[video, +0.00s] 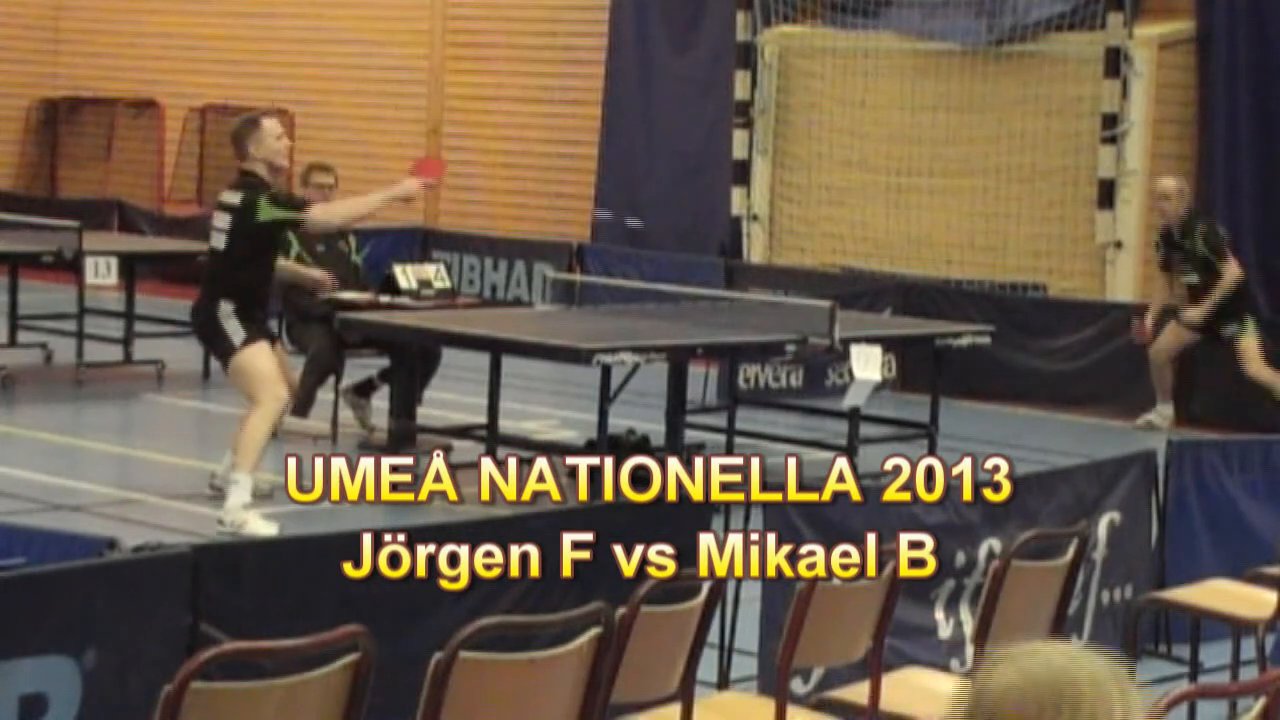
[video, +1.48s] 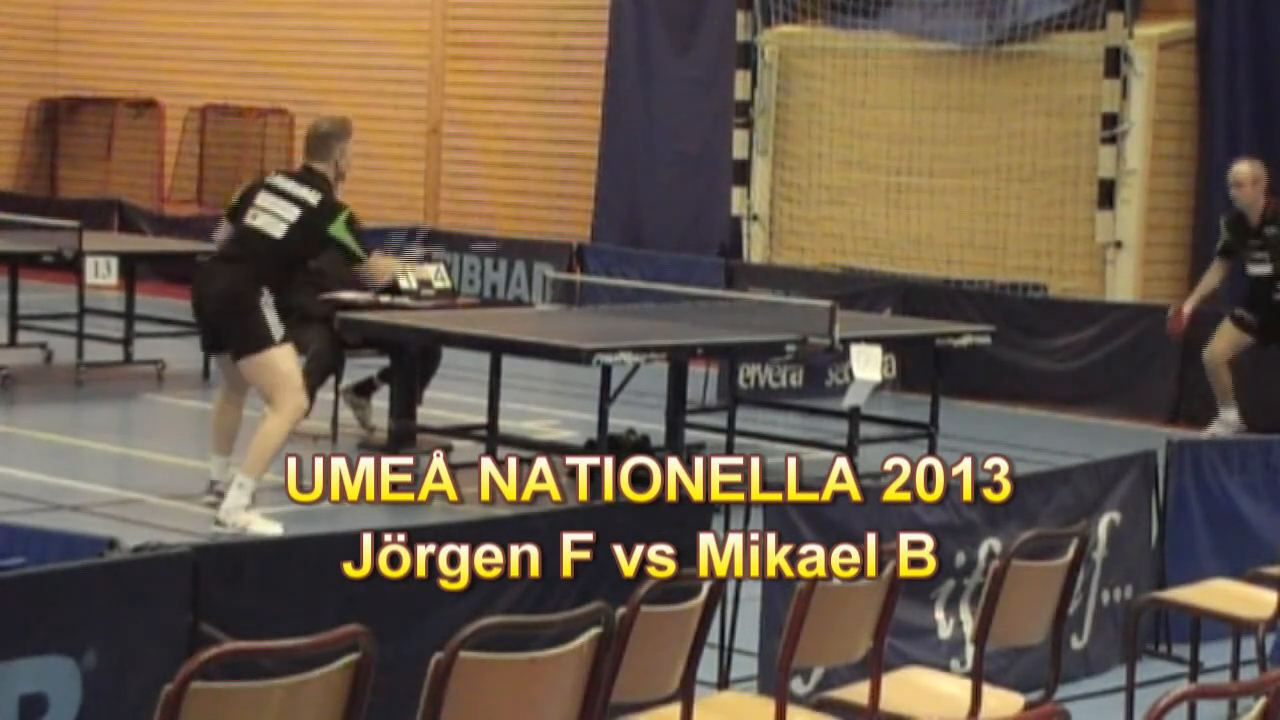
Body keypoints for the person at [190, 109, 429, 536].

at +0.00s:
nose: (287, 144)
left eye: (285, 137)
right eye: (278, 138)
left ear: (255, 150)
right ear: (251, 149)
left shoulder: (242, 193)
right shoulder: (256, 200)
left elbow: (257, 257)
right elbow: (325, 216)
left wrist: (307, 274)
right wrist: (395, 191)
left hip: (242, 306)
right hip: (225, 310)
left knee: (282, 391)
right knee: (272, 397)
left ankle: (230, 468)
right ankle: (236, 505)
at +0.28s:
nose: (303, 144)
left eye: (300, 136)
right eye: (298, 138)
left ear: (259, 145)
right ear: (283, 145)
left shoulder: (227, 188)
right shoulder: (286, 201)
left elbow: (189, 245)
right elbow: (331, 260)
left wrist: (211, 281)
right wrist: (359, 242)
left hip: (213, 300)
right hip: (242, 304)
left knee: (256, 393)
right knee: (287, 398)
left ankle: (228, 472)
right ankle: (238, 503)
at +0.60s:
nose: (313, 135)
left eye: (311, 126)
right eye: (309, 127)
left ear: (270, 132)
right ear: (292, 132)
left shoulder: (243, 172)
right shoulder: (280, 187)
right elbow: (305, 262)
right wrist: (356, 277)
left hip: (211, 287)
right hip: (237, 293)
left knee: (244, 388)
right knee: (276, 390)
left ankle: (216, 474)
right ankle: (238, 503)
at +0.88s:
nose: (316, 138)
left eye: (314, 130)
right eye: (311, 131)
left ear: (278, 137)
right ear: (293, 137)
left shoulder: (255, 176)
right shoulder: (279, 193)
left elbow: (261, 250)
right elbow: (298, 269)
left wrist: (300, 284)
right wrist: (351, 280)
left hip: (220, 290)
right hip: (237, 295)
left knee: (256, 390)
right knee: (281, 394)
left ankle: (215, 476)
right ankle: (235, 503)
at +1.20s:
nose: (336, 172)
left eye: (334, 163)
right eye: (331, 164)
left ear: (298, 169)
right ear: (314, 169)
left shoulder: (267, 201)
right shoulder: (295, 221)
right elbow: (304, 302)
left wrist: (308, 303)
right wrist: (325, 319)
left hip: (216, 310)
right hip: (236, 317)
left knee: (255, 395)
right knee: (299, 403)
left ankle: (215, 477)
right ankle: (237, 503)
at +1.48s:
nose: (352, 160)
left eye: (351, 153)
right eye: (350, 153)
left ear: (308, 153)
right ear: (339, 158)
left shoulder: (268, 182)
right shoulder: (330, 210)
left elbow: (221, 235)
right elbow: (375, 273)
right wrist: (387, 263)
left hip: (208, 281)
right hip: (243, 293)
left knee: (233, 388)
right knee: (291, 402)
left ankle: (220, 478)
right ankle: (236, 505)